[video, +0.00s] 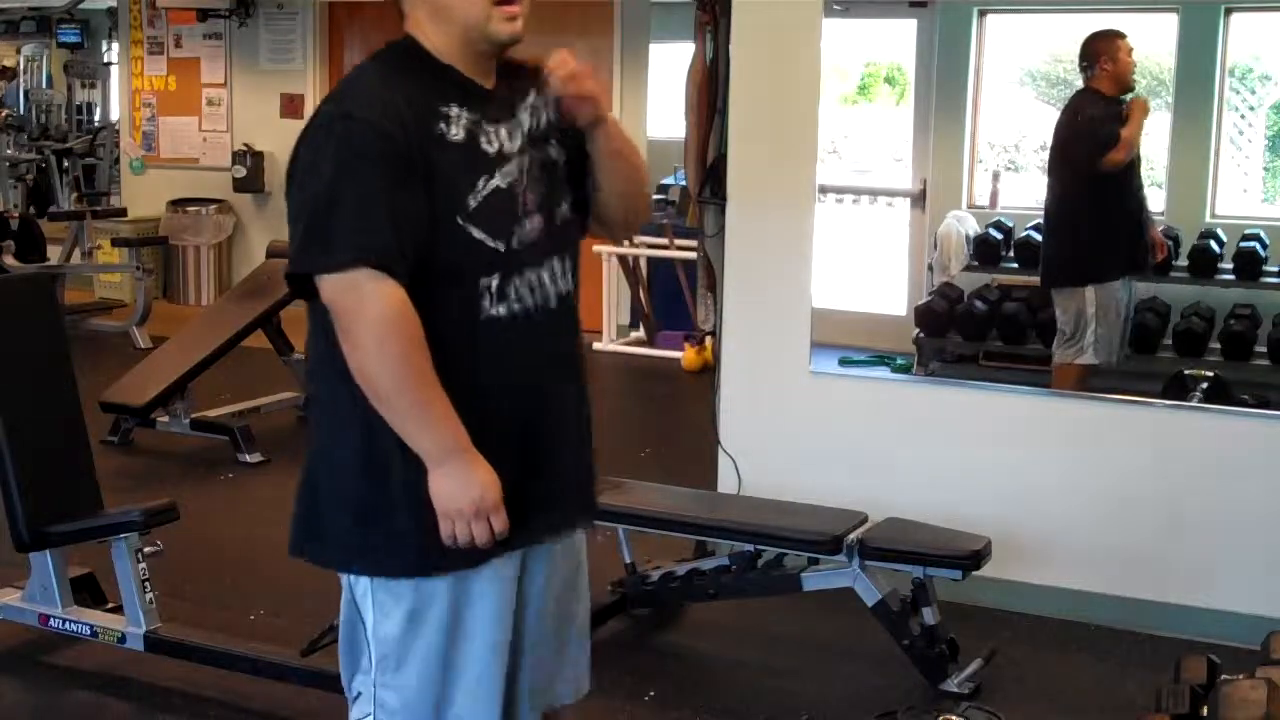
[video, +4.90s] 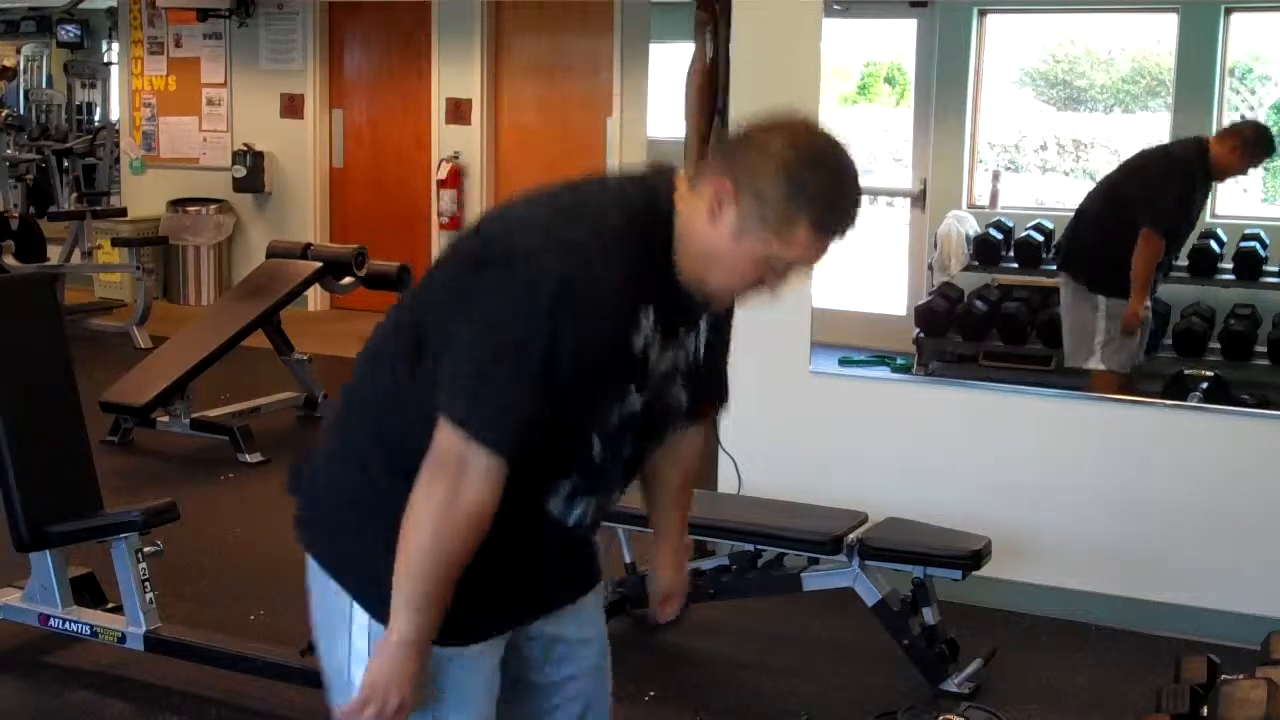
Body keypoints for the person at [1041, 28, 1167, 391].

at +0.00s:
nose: (1135, 63)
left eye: (1132, 55)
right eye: (1128, 55)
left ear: (1104, 65)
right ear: (1105, 64)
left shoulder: (1111, 109)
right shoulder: (1087, 108)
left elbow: (1126, 184)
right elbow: (1115, 158)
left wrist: (1149, 228)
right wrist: (1136, 119)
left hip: (1106, 252)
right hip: (1083, 255)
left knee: (1093, 357)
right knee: (1078, 357)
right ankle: (1062, 440)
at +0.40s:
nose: (1139, 64)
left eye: (1137, 56)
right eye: (1133, 56)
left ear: (1107, 66)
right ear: (1111, 64)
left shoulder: (1091, 107)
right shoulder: (1101, 107)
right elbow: (1103, 151)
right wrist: (1146, 176)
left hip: (1078, 253)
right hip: (1094, 255)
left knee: (1068, 355)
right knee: (1088, 359)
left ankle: (1061, 434)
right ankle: (1075, 441)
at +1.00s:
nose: (1162, 64)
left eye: (1159, 56)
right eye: (1155, 56)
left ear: (1129, 66)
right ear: (1133, 65)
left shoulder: (1120, 109)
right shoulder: (1125, 113)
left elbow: (1116, 183)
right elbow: (1120, 184)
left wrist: (1162, 231)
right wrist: (1166, 233)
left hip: (1113, 263)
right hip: (1125, 267)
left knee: (1100, 363)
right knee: (1118, 371)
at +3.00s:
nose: (1204, 85)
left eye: (1206, 77)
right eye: (1202, 75)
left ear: (1178, 71)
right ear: (1176, 69)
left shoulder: (1169, 117)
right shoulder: (1146, 115)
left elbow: (1169, 189)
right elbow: (1135, 187)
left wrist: (1183, 251)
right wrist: (1152, 250)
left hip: (1166, 265)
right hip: (1140, 266)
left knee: (1153, 369)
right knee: (1126, 370)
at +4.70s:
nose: (1227, 136)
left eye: (1234, 130)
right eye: (1232, 127)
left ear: (1215, 108)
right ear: (1217, 110)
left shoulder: (1180, 137)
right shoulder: (1168, 136)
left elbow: (1154, 208)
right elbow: (1144, 208)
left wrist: (1147, 271)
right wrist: (1141, 272)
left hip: (1126, 271)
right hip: (1109, 269)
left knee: (1120, 372)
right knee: (1103, 375)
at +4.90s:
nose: (1242, 173)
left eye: (1249, 168)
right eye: (1247, 164)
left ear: (1231, 142)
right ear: (1233, 146)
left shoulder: (1196, 167)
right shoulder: (1181, 166)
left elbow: (1158, 236)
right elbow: (1150, 237)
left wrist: (1142, 296)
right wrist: (1137, 301)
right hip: (1100, 270)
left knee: (1120, 371)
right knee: (1107, 373)